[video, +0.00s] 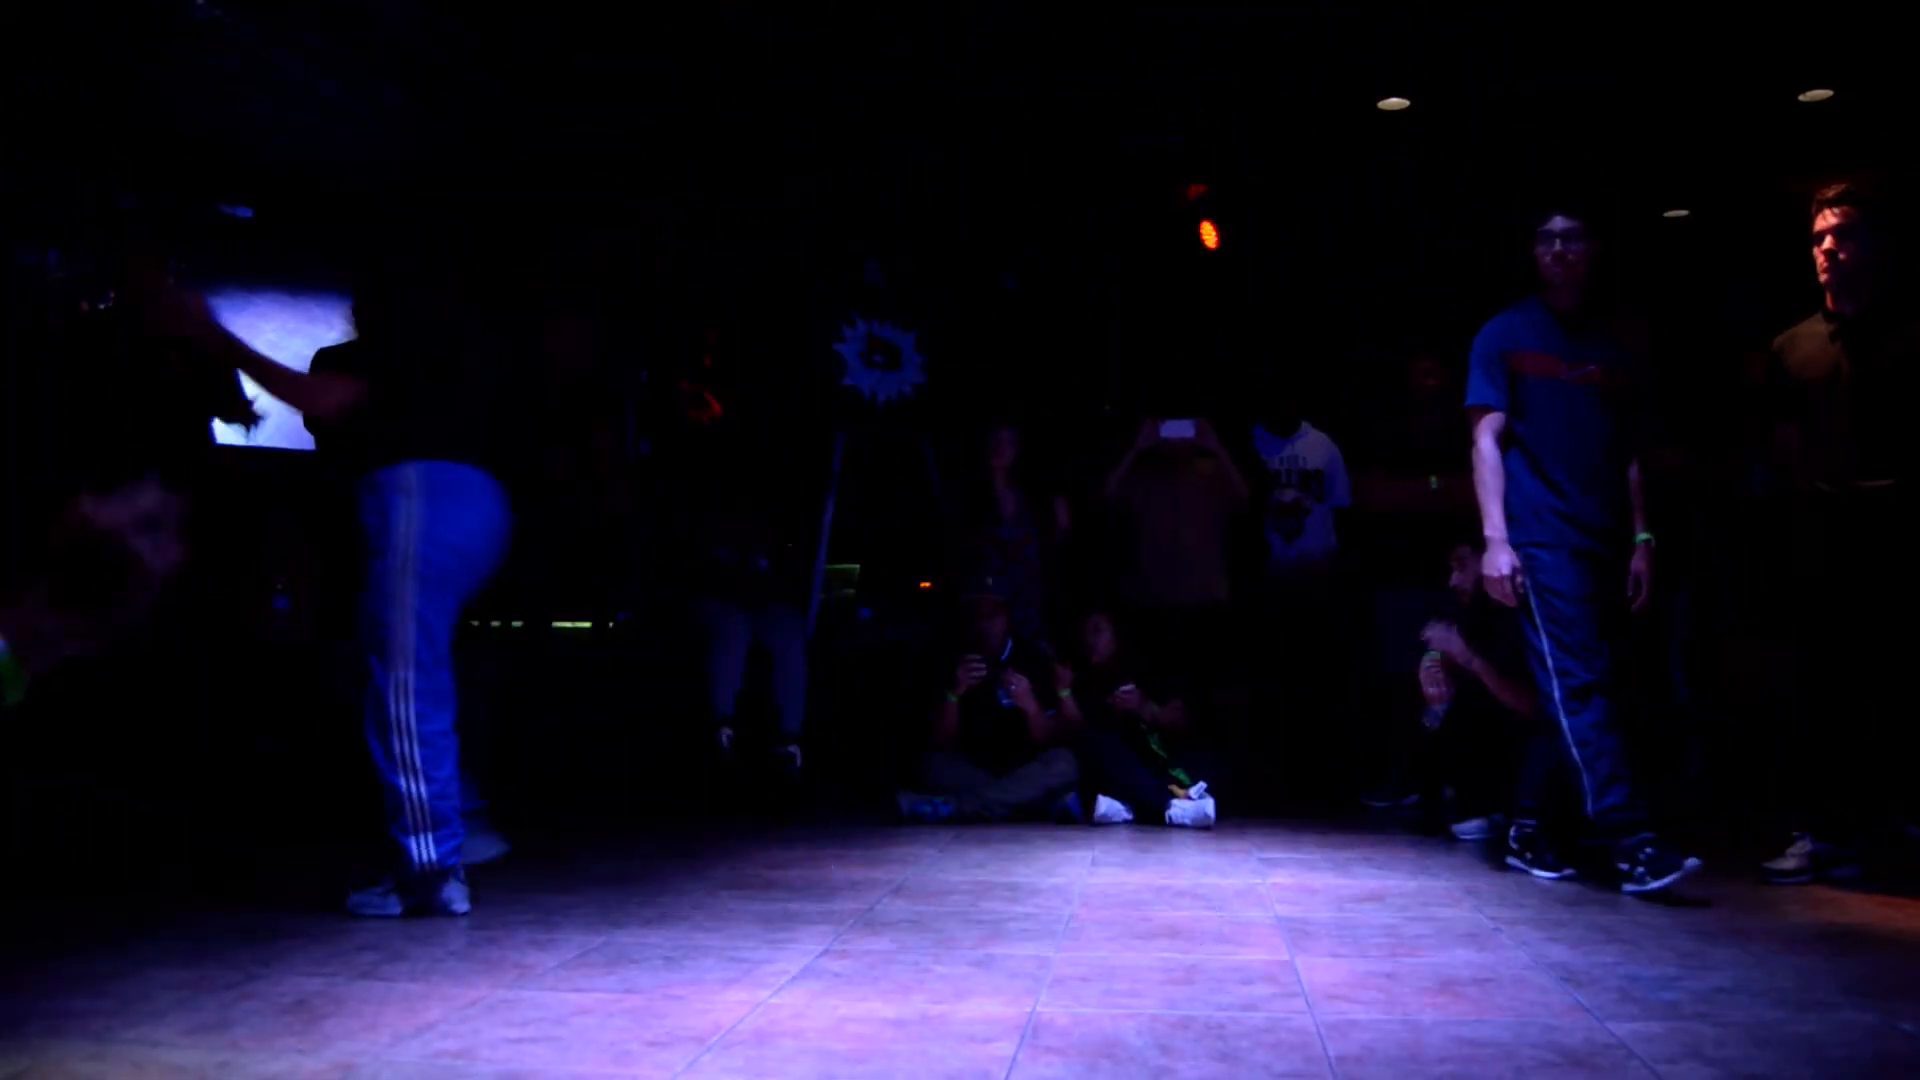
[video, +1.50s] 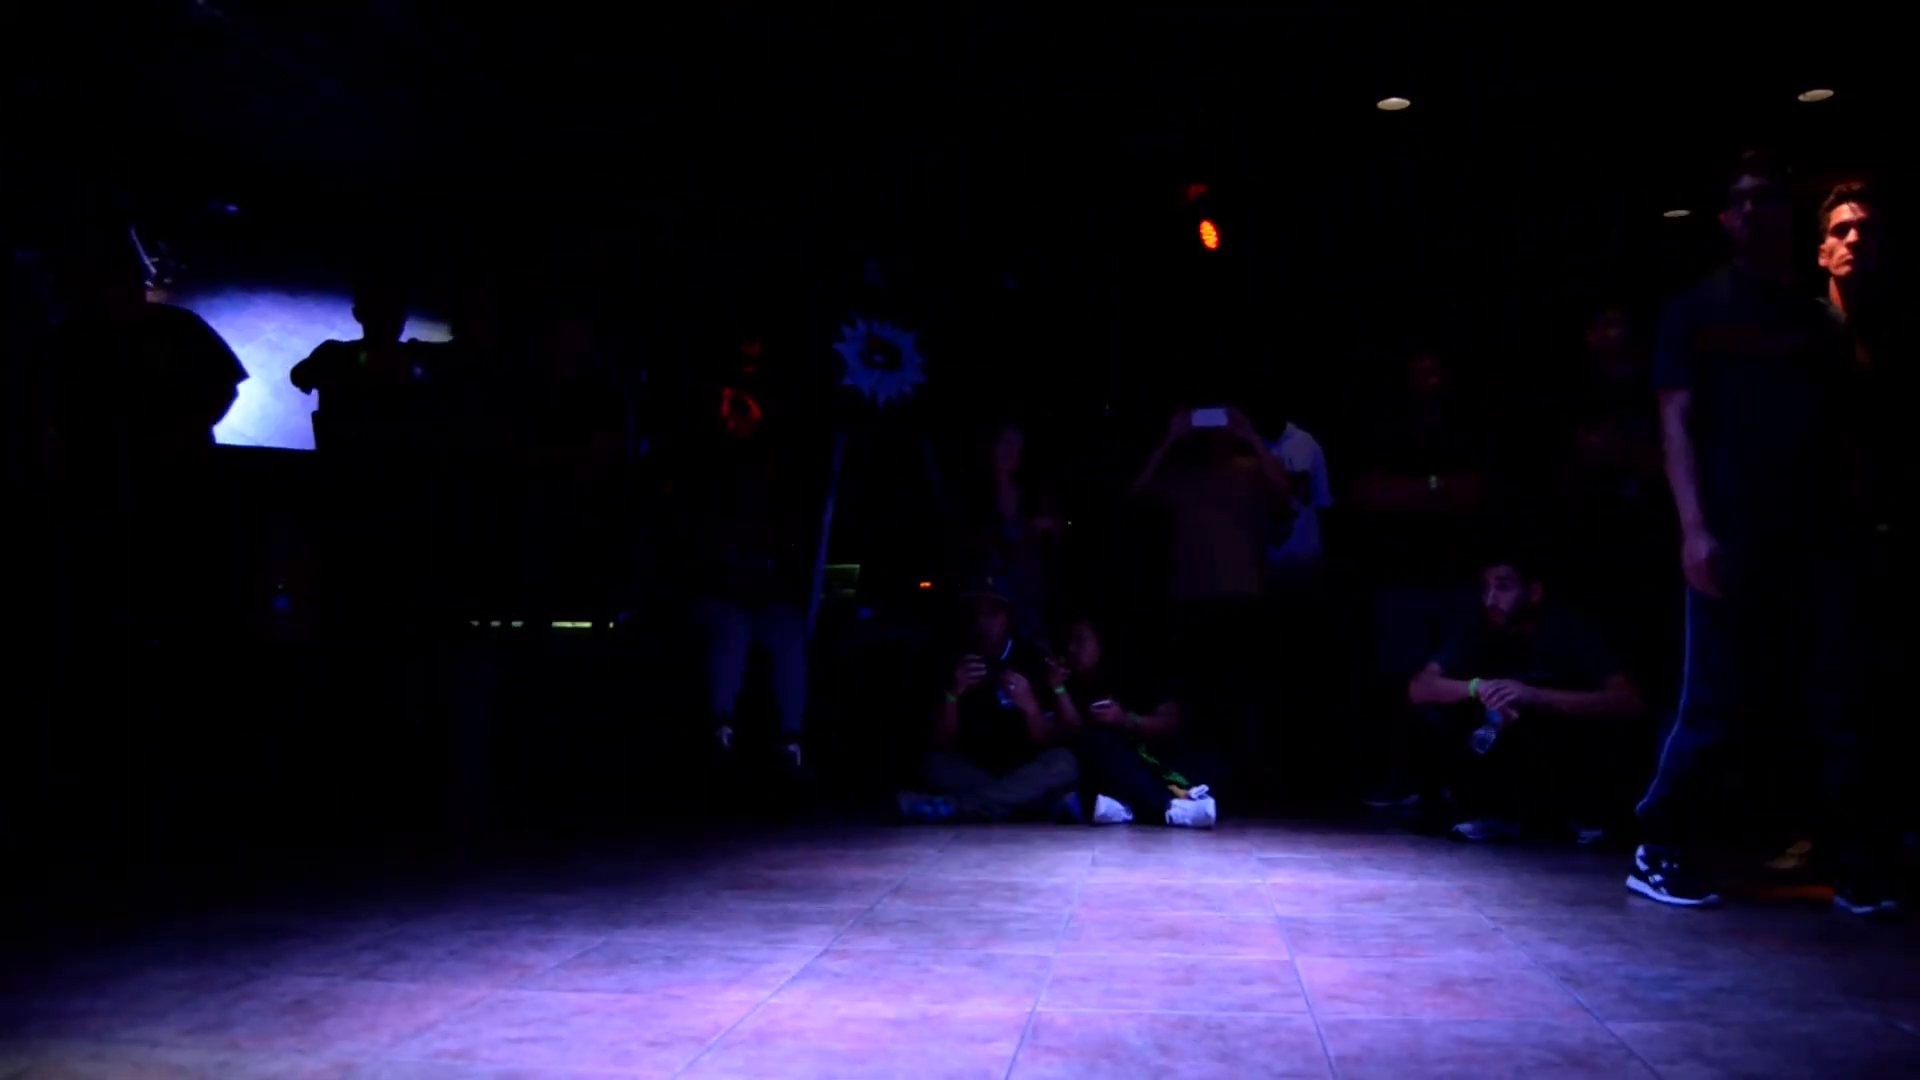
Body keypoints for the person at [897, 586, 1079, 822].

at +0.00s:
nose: (987, 628)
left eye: (994, 619)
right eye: (979, 620)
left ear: (1007, 622)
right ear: (969, 625)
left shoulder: (1029, 660)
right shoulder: (956, 661)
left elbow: (1045, 736)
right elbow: (941, 739)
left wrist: (1028, 703)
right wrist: (956, 693)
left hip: (1021, 754)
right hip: (970, 755)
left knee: (1062, 765)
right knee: (934, 767)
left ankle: (956, 807)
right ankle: (1038, 805)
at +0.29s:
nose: (988, 628)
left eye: (995, 618)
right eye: (980, 619)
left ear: (1007, 621)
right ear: (969, 624)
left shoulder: (1027, 660)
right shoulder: (956, 661)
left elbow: (1044, 737)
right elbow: (941, 740)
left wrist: (1027, 704)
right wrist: (955, 693)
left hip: (1021, 756)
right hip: (970, 756)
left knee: (1063, 764)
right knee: (934, 766)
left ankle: (957, 807)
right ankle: (1038, 805)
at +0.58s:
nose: (987, 628)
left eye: (994, 619)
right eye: (980, 620)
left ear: (1006, 622)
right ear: (970, 625)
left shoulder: (1027, 660)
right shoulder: (956, 661)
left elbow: (1045, 738)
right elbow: (942, 741)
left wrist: (1027, 704)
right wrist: (954, 693)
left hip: (1021, 756)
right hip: (970, 757)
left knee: (1063, 764)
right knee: (934, 766)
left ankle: (957, 806)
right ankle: (1039, 805)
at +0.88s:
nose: (987, 629)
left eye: (994, 620)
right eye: (980, 620)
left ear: (1006, 623)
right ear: (970, 625)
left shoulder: (1027, 661)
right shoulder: (955, 662)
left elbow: (1044, 738)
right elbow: (941, 741)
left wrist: (1026, 703)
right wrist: (954, 693)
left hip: (1021, 755)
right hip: (970, 756)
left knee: (1063, 764)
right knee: (934, 766)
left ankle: (957, 806)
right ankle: (1039, 805)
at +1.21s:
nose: (988, 626)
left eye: (995, 617)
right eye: (981, 618)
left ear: (1007, 621)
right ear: (970, 623)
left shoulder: (1028, 660)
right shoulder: (955, 661)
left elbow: (1045, 737)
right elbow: (942, 741)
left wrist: (1026, 703)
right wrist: (954, 693)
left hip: (1021, 755)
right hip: (971, 756)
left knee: (1063, 764)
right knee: (934, 766)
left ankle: (957, 806)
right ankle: (1038, 805)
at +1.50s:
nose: (987, 624)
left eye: (994, 615)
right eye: (980, 616)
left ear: (1007, 619)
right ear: (970, 621)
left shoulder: (1028, 659)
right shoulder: (956, 660)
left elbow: (1044, 737)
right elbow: (942, 741)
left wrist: (1027, 702)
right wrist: (954, 693)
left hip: (1021, 755)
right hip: (970, 755)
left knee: (1063, 764)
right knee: (934, 766)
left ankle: (958, 806)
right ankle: (1039, 805)